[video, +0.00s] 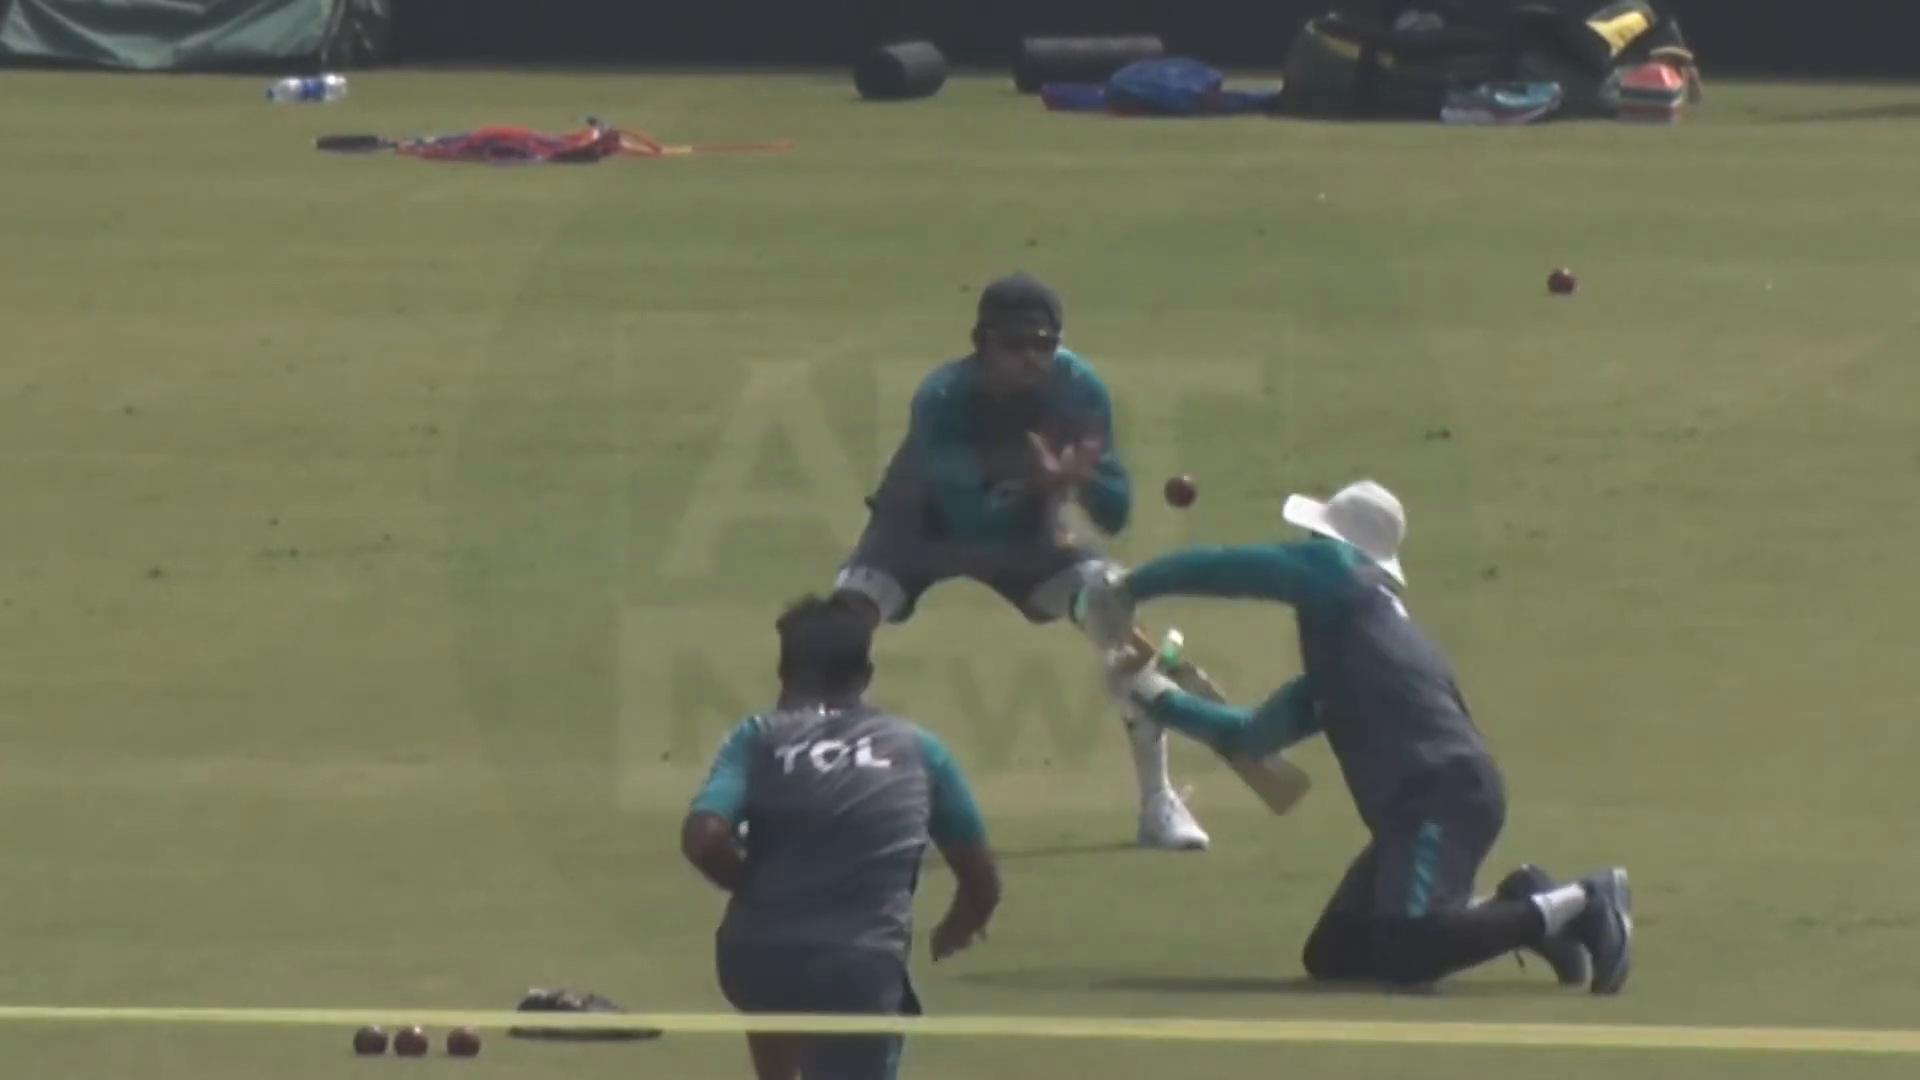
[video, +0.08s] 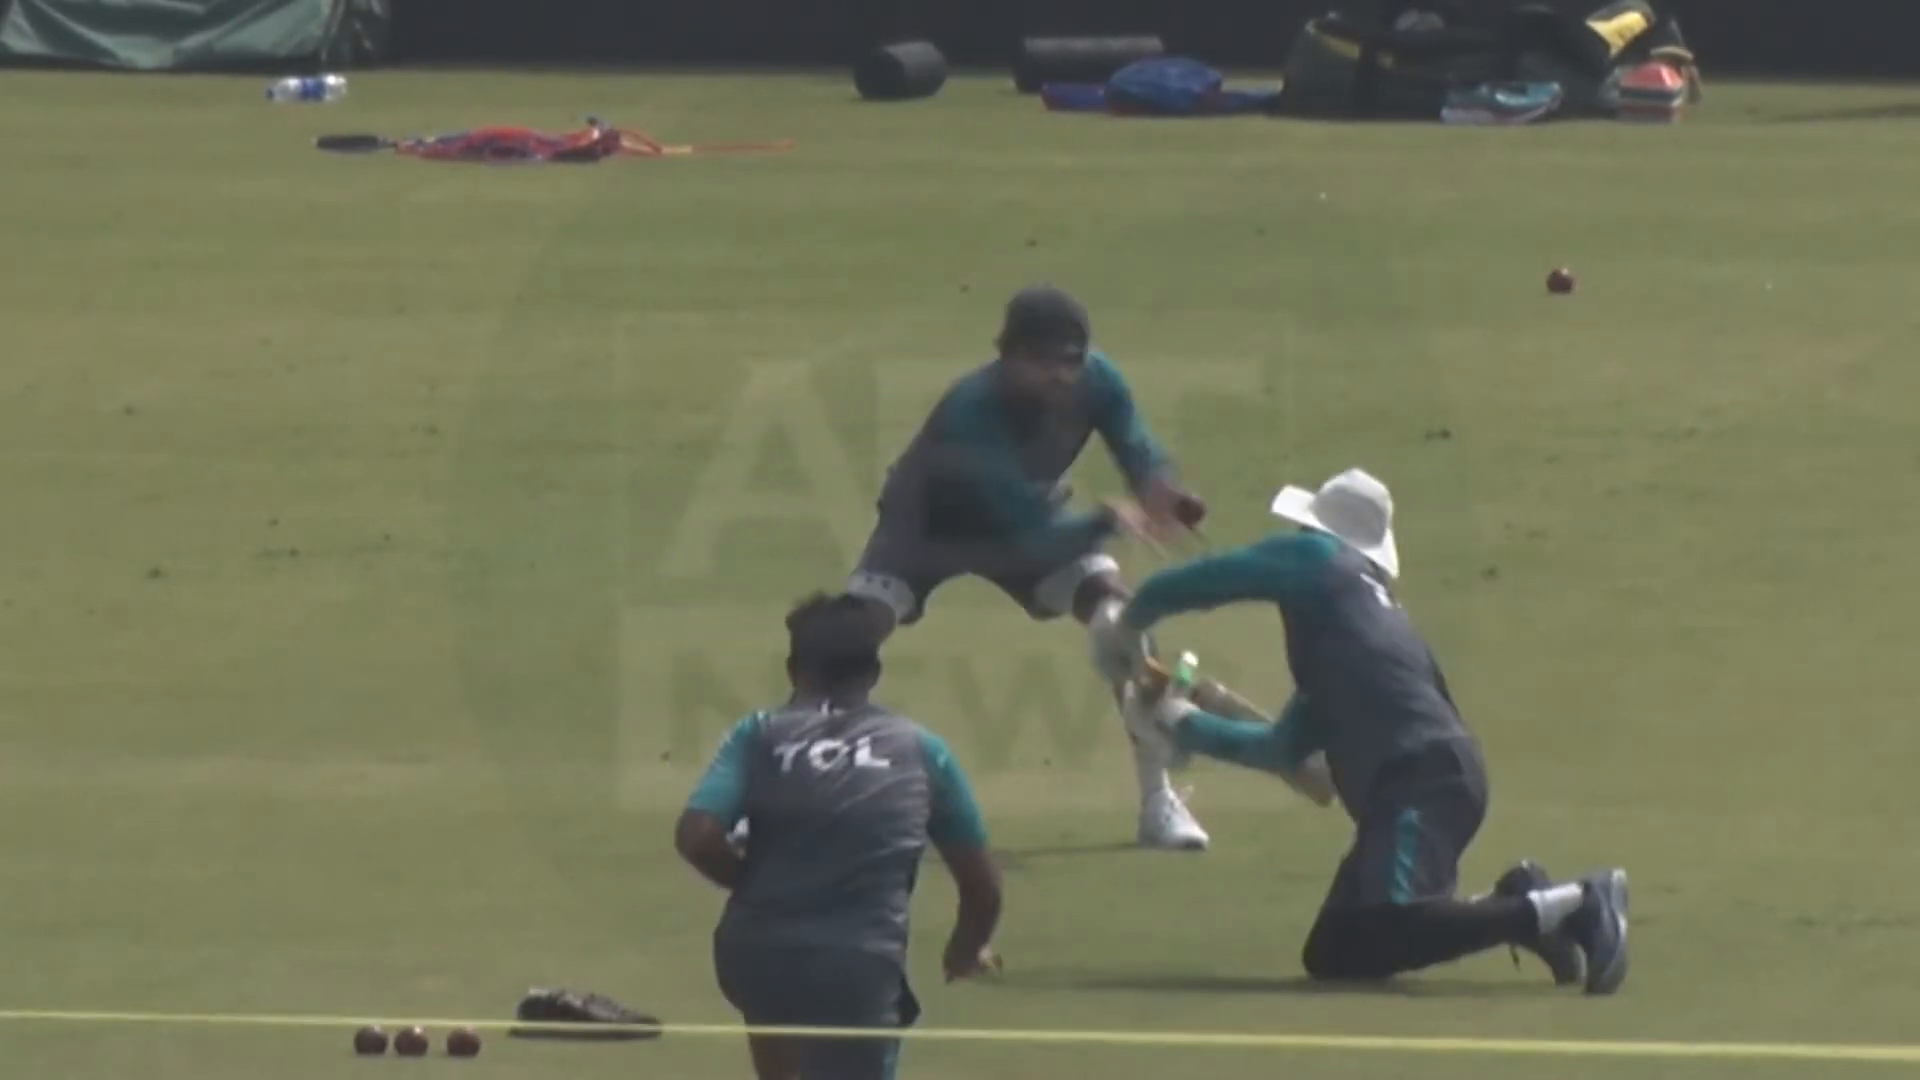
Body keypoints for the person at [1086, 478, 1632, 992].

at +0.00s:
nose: (1300, 544)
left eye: (1313, 538)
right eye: (1305, 535)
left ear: (1343, 549)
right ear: (1371, 559)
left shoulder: (1341, 579)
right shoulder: (1350, 654)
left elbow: (1218, 568)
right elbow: (1250, 735)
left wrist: (1126, 586)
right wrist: (1151, 692)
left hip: (1445, 798)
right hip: (1415, 815)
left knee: (1396, 952)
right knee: (1333, 955)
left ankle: (1579, 905)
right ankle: (1508, 915)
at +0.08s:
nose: (1290, 533)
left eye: (1302, 528)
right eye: (1297, 525)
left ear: (1325, 537)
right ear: (1366, 552)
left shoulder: (1318, 564)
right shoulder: (1366, 629)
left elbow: (1188, 582)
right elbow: (1281, 749)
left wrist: (1127, 621)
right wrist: (1176, 717)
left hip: (1424, 775)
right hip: (1415, 791)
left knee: (1358, 941)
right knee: (1334, 951)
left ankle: (1570, 908)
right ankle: (1511, 911)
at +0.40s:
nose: (1265, 529)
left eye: (1274, 522)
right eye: (1269, 522)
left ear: (1289, 526)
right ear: (1342, 543)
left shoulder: (1277, 548)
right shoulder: (1359, 603)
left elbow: (1202, 648)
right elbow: (1343, 748)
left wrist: (1175, 727)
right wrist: (1252, 771)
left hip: (1379, 758)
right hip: (1422, 762)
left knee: (1335, 923)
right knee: (1331, 954)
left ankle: (1521, 891)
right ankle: (1512, 906)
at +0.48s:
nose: (1262, 529)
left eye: (1269, 521)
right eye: (1267, 520)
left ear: (1284, 524)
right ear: (1337, 541)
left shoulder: (1268, 552)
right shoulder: (1356, 599)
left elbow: (1214, 654)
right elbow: (1351, 733)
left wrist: (1192, 745)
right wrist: (1270, 789)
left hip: (1376, 748)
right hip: (1419, 758)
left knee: (1327, 889)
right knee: (1325, 955)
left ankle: (1518, 879)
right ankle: (1505, 910)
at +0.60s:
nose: (1251, 530)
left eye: (1261, 523)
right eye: (1257, 522)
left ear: (1277, 527)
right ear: (1327, 546)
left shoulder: (1260, 551)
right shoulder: (1350, 600)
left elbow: (1225, 654)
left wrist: (1208, 762)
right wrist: (1293, 832)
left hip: (1375, 739)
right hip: (1412, 756)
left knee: (1331, 877)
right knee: (1328, 955)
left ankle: (1518, 863)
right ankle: (1506, 907)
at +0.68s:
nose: (1239, 532)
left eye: (1250, 526)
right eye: (1245, 525)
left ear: (1273, 530)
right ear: (1321, 547)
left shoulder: (1259, 548)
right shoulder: (1347, 602)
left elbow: (1229, 649)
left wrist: (1215, 763)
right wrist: (1318, 883)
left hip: (1372, 732)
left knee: (1338, 872)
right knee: (1330, 956)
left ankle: (1522, 854)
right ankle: (1509, 907)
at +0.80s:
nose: (1249, 544)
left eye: (1257, 538)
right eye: (1254, 538)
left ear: (1271, 539)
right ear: (1325, 556)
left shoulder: (1256, 556)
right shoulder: (1339, 605)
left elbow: (1229, 651)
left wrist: (1220, 773)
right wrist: (1325, 919)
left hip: (1370, 731)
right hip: (1412, 756)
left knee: (1343, 867)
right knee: (1332, 955)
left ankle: (1525, 841)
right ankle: (1510, 908)